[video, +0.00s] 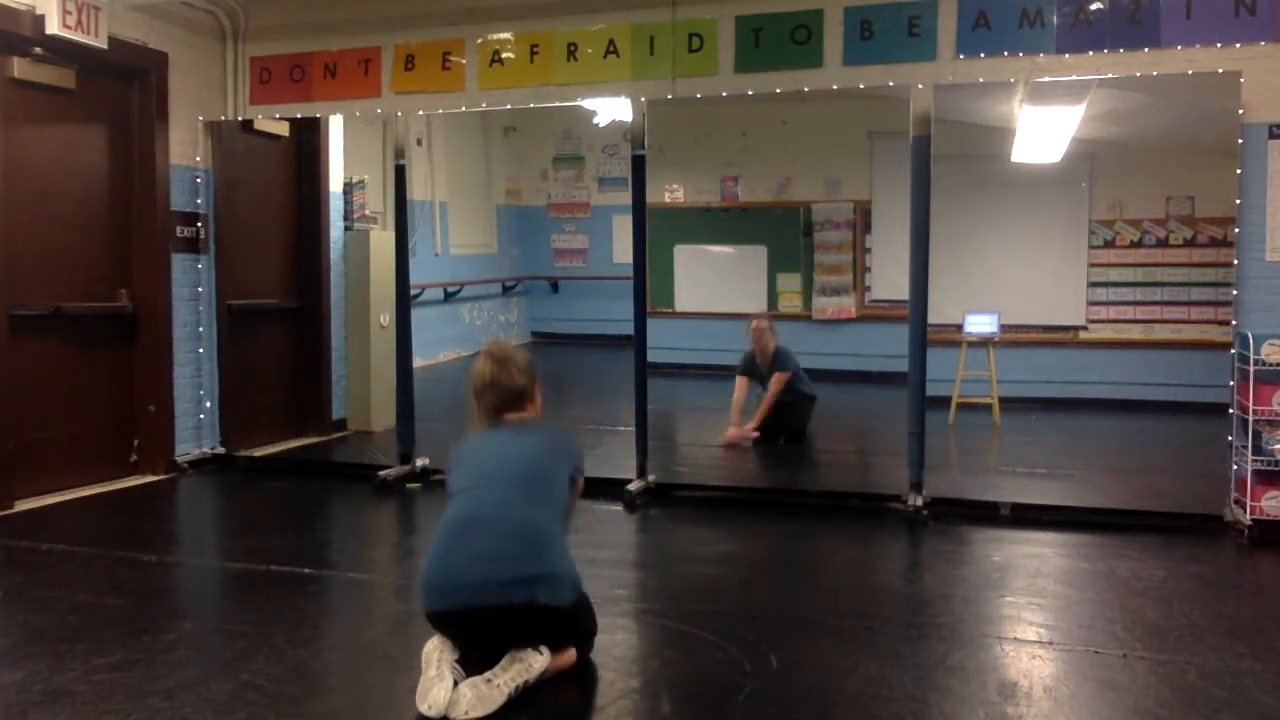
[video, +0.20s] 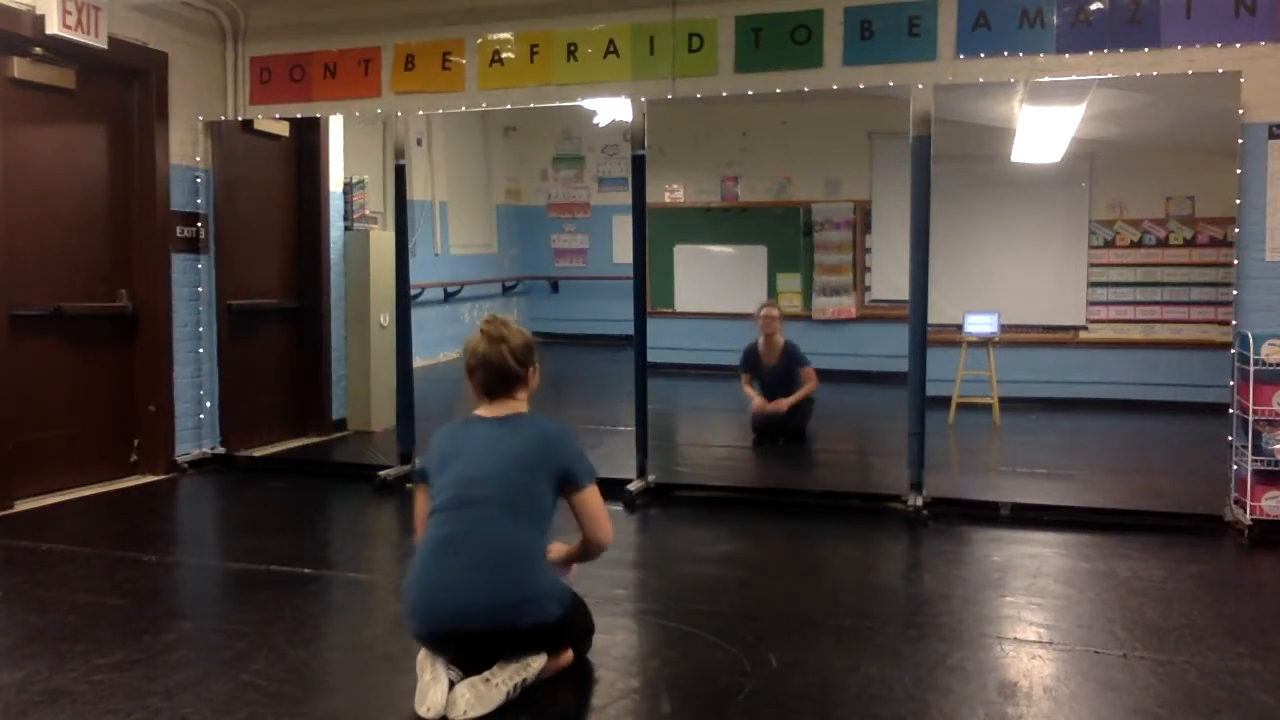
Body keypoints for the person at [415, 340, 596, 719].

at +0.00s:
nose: (542, 392)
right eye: (538, 385)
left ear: (480, 403)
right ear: (535, 395)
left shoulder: (462, 450)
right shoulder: (562, 443)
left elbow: (461, 508)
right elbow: (564, 515)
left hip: (449, 595)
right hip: (539, 588)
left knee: (487, 650)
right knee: (579, 639)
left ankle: (444, 658)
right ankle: (528, 667)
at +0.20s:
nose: (538, 374)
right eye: (537, 367)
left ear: (471, 379)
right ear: (532, 375)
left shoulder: (443, 439)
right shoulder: (553, 436)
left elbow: (422, 534)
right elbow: (599, 537)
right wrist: (568, 555)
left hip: (433, 606)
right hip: (521, 600)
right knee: (577, 633)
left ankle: (440, 669)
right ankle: (509, 679)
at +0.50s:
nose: (567, 392)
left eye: (567, 383)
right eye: (566, 384)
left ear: (503, 380)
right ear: (552, 387)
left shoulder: (446, 439)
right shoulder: (557, 449)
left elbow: (408, 536)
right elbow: (559, 549)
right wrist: (559, 572)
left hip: (427, 629)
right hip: (511, 631)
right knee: (582, 621)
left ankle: (439, 672)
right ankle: (498, 686)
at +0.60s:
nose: (589, 410)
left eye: (591, 403)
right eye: (589, 402)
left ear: (528, 389)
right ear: (576, 401)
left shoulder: (473, 439)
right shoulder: (571, 468)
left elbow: (447, 525)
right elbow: (578, 577)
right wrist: (581, 588)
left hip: (425, 624)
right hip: (508, 629)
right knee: (582, 622)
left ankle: (440, 670)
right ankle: (501, 687)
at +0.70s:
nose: (612, 432)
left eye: (614, 424)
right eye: (614, 423)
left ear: (554, 406)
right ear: (598, 421)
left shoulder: (497, 446)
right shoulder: (580, 482)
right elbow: (600, 601)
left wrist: (577, 597)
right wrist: (615, 607)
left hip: (426, 617)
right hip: (507, 617)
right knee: (582, 628)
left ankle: (441, 669)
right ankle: (500, 683)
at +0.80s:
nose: (628, 464)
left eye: (631, 456)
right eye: (631, 454)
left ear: (577, 429)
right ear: (620, 448)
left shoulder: (517, 459)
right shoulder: (588, 494)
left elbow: (553, 559)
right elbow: (620, 610)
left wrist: (601, 606)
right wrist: (644, 617)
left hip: (429, 604)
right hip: (513, 605)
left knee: (487, 657)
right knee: (580, 633)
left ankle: (441, 666)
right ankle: (526, 667)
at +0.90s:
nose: (632, 482)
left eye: (637, 474)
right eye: (636, 473)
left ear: (585, 445)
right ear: (625, 465)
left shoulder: (526, 465)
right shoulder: (588, 496)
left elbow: (601, 556)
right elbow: (640, 597)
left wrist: (648, 590)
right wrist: (671, 607)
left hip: (431, 592)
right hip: (514, 590)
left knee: (494, 650)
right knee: (580, 632)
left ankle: (442, 661)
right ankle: (526, 667)